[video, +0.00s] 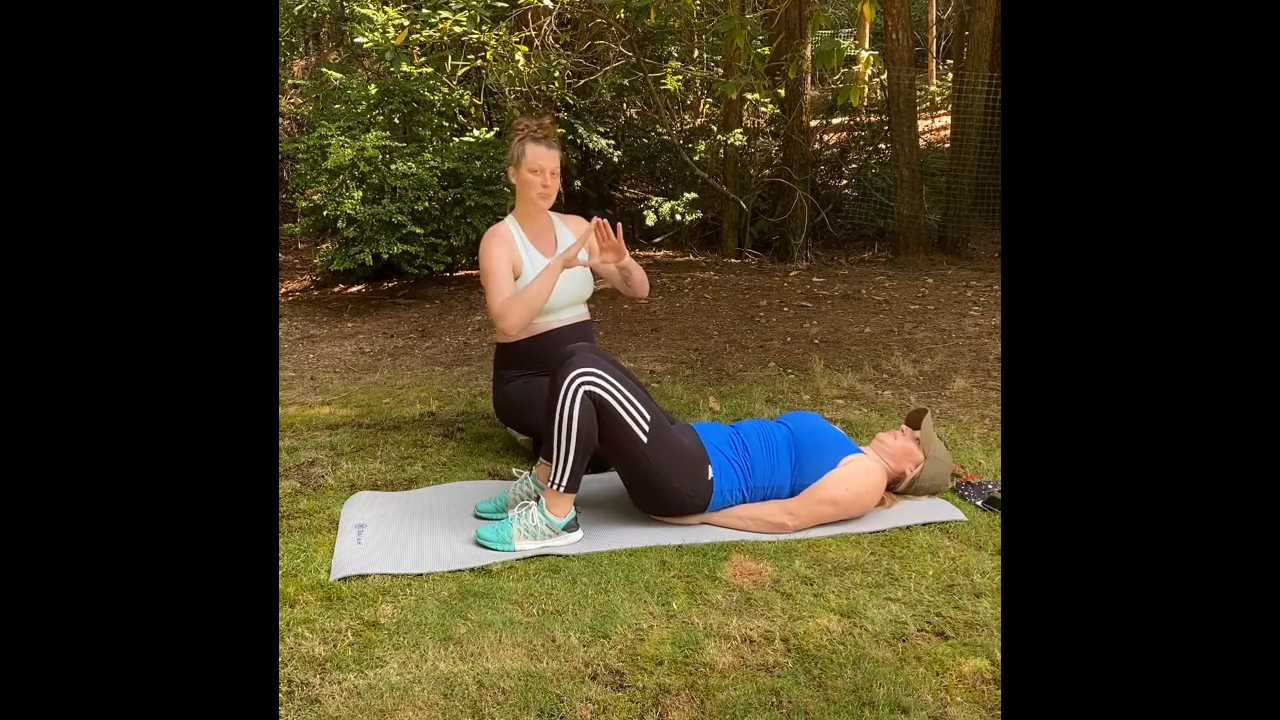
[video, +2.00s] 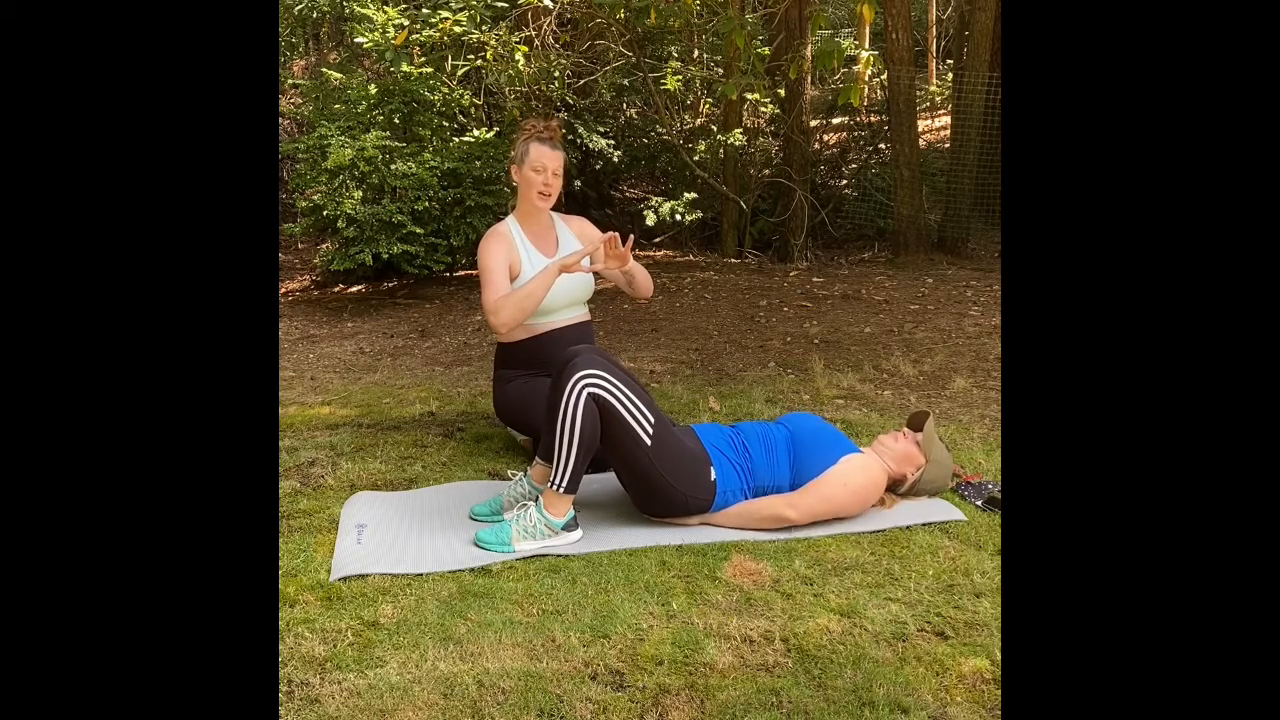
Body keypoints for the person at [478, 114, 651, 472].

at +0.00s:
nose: (547, 183)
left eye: (554, 173)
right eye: (536, 173)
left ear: (561, 177)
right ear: (513, 175)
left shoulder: (576, 228)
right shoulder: (498, 241)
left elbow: (639, 292)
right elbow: (507, 325)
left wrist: (625, 265)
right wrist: (557, 264)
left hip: (584, 363)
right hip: (524, 376)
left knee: (650, 435)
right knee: (605, 445)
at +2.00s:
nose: (549, 182)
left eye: (556, 173)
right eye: (538, 170)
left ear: (563, 180)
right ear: (515, 173)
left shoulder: (579, 229)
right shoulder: (498, 242)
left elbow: (644, 292)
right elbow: (501, 321)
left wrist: (627, 269)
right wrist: (554, 268)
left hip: (584, 364)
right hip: (523, 376)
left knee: (638, 439)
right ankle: (540, 454)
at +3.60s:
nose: (549, 183)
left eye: (558, 175)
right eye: (539, 172)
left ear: (565, 180)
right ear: (518, 174)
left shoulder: (581, 230)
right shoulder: (500, 242)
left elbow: (641, 297)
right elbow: (495, 330)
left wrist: (628, 286)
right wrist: (561, 292)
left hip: (585, 366)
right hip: (523, 379)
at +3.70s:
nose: (549, 181)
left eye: (558, 173)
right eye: (539, 171)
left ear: (565, 179)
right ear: (518, 174)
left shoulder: (583, 231)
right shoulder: (502, 242)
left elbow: (626, 289)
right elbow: (491, 336)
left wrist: (629, 302)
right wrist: (564, 320)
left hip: (581, 368)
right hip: (521, 381)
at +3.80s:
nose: (551, 181)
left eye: (559, 172)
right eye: (540, 170)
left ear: (566, 178)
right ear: (519, 175)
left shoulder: (584, 232)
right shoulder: (503, 243)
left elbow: (620, 299)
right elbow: (491, 342)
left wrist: (625, 337)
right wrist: (569, 355)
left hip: (586, 367)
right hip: (523, 377)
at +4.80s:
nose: (563, 187)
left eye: (571, 177)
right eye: (553, 176)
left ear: (579, 181)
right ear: (531, 179)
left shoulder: (594, 234)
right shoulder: (511, 248)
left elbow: (617, 323)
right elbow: (526, 348)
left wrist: (616, 384)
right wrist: (590, 396)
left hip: (586, 367)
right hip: (526, 378)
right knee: (605, 441)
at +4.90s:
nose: (563, 186)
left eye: (571, 177)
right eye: (552, 176)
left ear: (579, 180)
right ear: (531, 179)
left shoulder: (595, 234)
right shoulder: (512, 247)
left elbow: (618, 324)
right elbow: (526, 349)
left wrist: (617, 384)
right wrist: (589, 396)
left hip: (589, 371)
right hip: (524, 380)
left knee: (584, 350)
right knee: (607, 444)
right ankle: (533, 465)